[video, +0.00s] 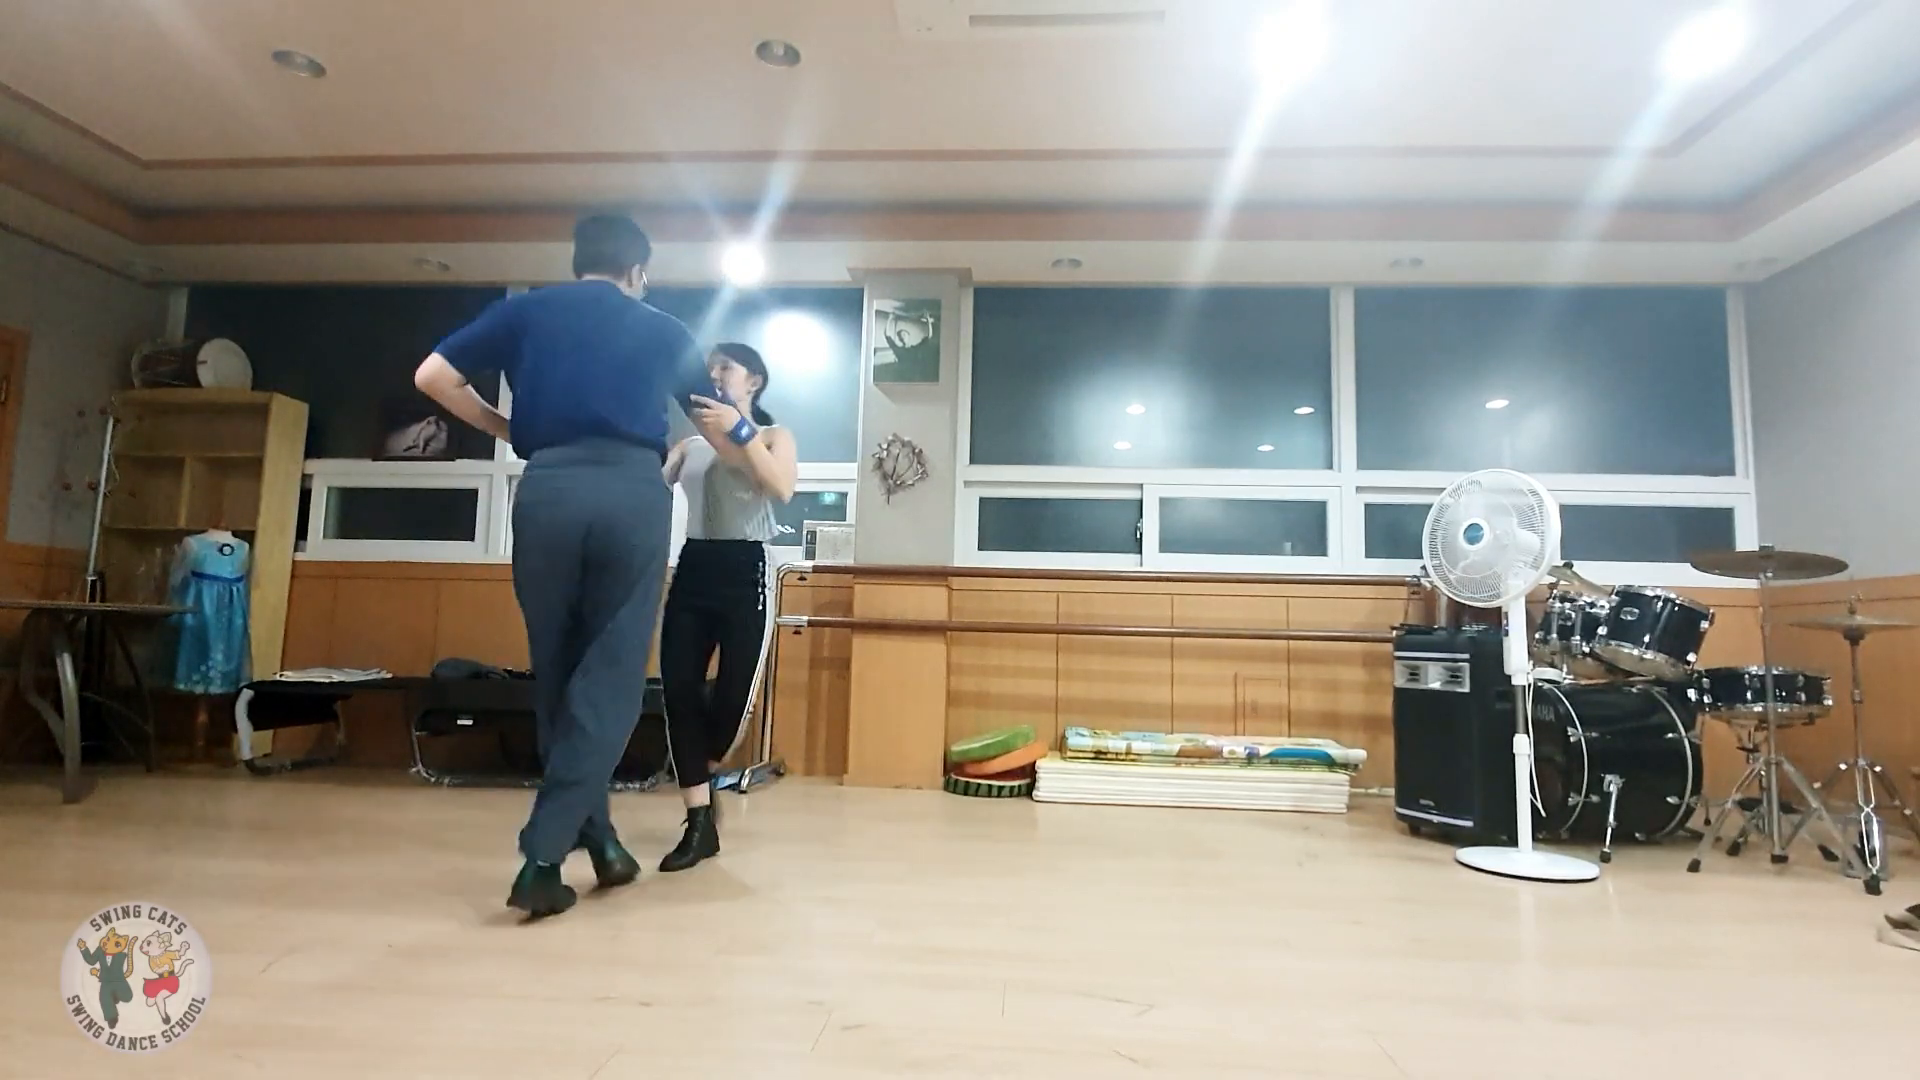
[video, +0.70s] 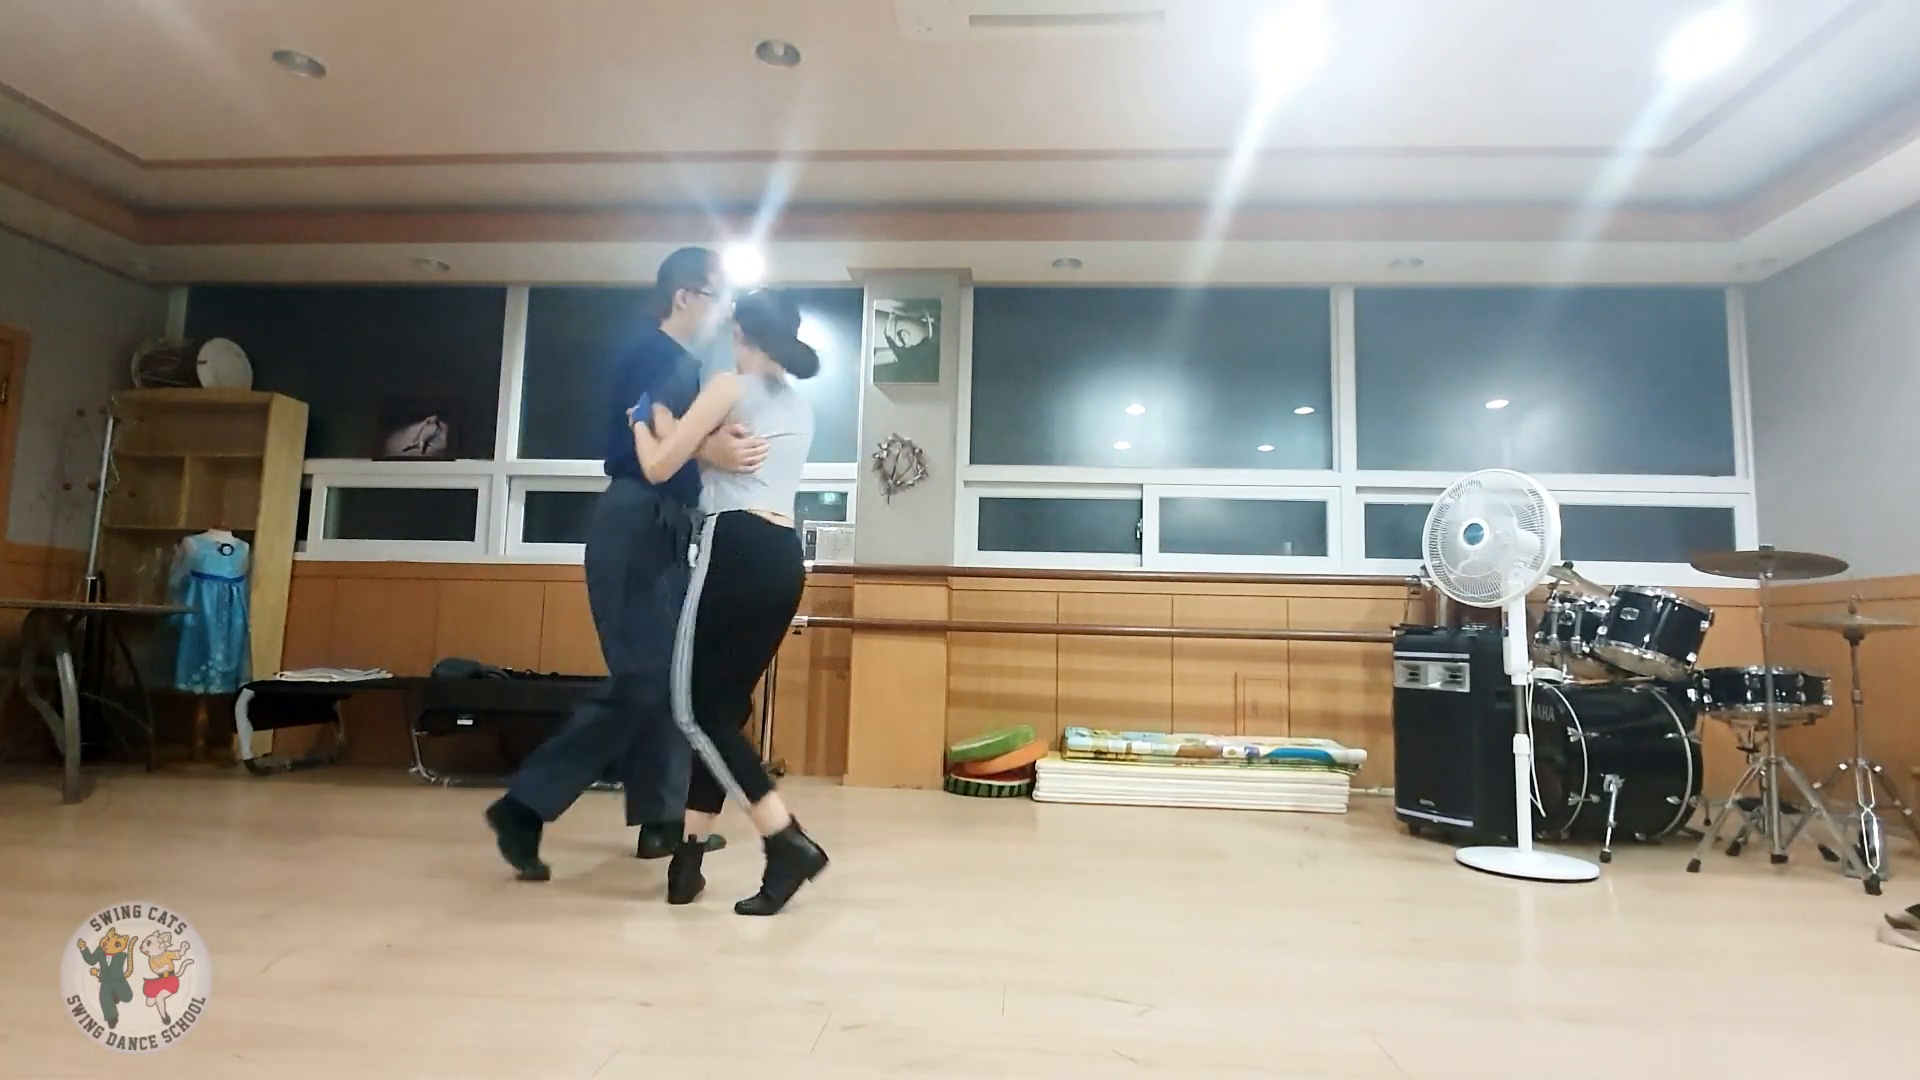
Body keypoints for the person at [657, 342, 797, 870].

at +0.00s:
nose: (716, 376)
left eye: (728, 368)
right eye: (712, 367)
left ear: (754, 382)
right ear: (705, 378)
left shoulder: (774, 436)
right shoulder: (692, 438)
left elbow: (782, 488)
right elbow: (652, 488)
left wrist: (736, 433)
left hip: (747, 573)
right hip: (693, 568)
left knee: (733, 701)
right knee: (679, 692)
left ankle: (703, 767)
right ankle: (700, 821)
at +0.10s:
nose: (730, 367)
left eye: (743, 360)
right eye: (730, 360)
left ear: (774, 375)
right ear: (729, 377)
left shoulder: (793, 423)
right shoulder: (720, 435)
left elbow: (792, 477)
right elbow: (663, 480)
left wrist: (729, 423)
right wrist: (606, 468)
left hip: (772, 562)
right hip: (722, 562)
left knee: (741, 686)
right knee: (697, 690)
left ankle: (751, 804)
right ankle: (703, 825)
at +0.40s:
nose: (767, 350)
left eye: (775, 341)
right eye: (771, 341)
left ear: (800, 349)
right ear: (802, 353)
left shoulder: (807, 385)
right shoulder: (781, 411)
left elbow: (745, 427)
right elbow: (734, 487)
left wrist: (684, 394)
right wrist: (658, 485)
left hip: (813, 553)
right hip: (791, 559)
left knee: (770, 703)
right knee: (722, 693)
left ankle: (792, 859)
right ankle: (721, 832)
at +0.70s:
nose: (725, 340)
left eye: (730, 331)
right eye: (732, 330)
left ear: (741, 335)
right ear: (784, 342)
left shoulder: (729, 387)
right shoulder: (799, 401)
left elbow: (659, 465)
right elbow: (740, 455)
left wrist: (645, 422)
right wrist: (681, 428)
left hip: (732, 547)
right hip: (783, 555)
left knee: (697, 708)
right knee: (722, 710)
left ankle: (787, 844)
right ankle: (689, 859)